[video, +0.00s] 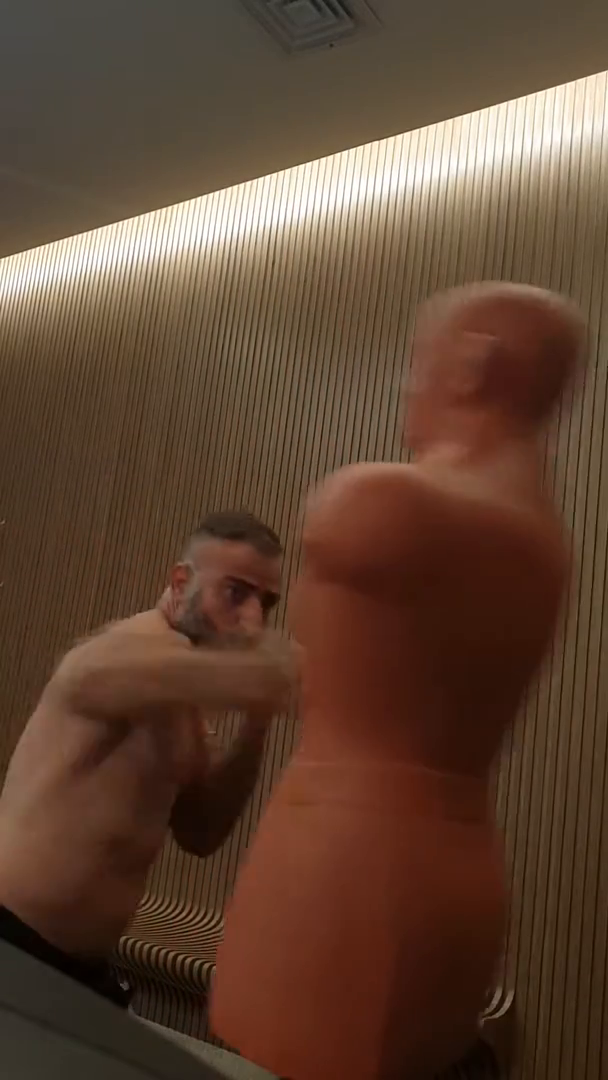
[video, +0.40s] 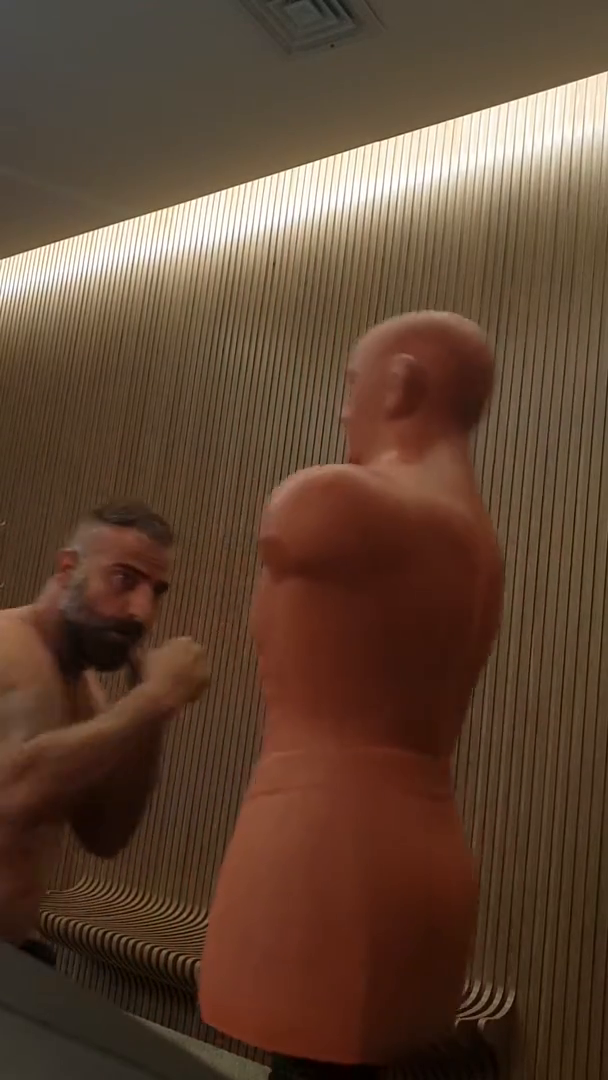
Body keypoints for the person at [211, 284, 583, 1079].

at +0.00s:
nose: (410, 382)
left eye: (421, 359)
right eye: (415, 360)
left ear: (473, 366)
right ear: (548, 393)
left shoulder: (376, 508)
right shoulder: (545, 545)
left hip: (341, 871)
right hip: (454, 864)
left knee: (282, 1065)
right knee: (402, 1067)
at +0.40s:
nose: (344, 407)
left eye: (353, 385)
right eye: (346, 388)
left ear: (403, 384)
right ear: (468, 406)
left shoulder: (324, 505)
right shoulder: (480, 542)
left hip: (320, 856)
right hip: (425, 845)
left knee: (304, 1062)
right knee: (377, 1063)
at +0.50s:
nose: (308, 401)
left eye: (315, 372)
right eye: (310, 374)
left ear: (360, 374)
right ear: (437, 398)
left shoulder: (287, 501)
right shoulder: (451, 535)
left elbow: (233, 625)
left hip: (297, 858)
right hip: (408, 845)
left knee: (261, 1062)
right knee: (368, 1060)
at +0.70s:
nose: (349, 390)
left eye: (359, 364)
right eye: (353, 366)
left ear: (410, 367)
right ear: (473, 391)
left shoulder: (327, 502)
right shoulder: (484, 536)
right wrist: (283, 610)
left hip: (318, 868)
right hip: (428, 856)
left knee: (274, 1065)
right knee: (390, 1064)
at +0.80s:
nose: (385, 394)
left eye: (395, 371)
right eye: (389, 372)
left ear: (442, 375)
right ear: (512, 402)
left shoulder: (358, 504)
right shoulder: (513, 547)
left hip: (336, 868)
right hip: (444, 859)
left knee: (282, 1063)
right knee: (403, 1064)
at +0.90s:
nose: (390, 404)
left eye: (400, 380)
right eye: (393, 381)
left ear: (447, 384)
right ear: (516, 410)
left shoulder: (364, 505)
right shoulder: (515, 549)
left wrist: (406, 472)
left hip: (343, 858)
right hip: (446, 852)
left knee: (313, 1063)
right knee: (400, 1065)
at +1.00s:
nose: (399, 387)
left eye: (413, 361)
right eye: (406, 362)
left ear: (464, 368)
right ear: (530, 391)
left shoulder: (367, 506)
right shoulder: (524, 543)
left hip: (338, 880)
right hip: (447, 869)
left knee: (288, 1066)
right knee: (397, 1067)